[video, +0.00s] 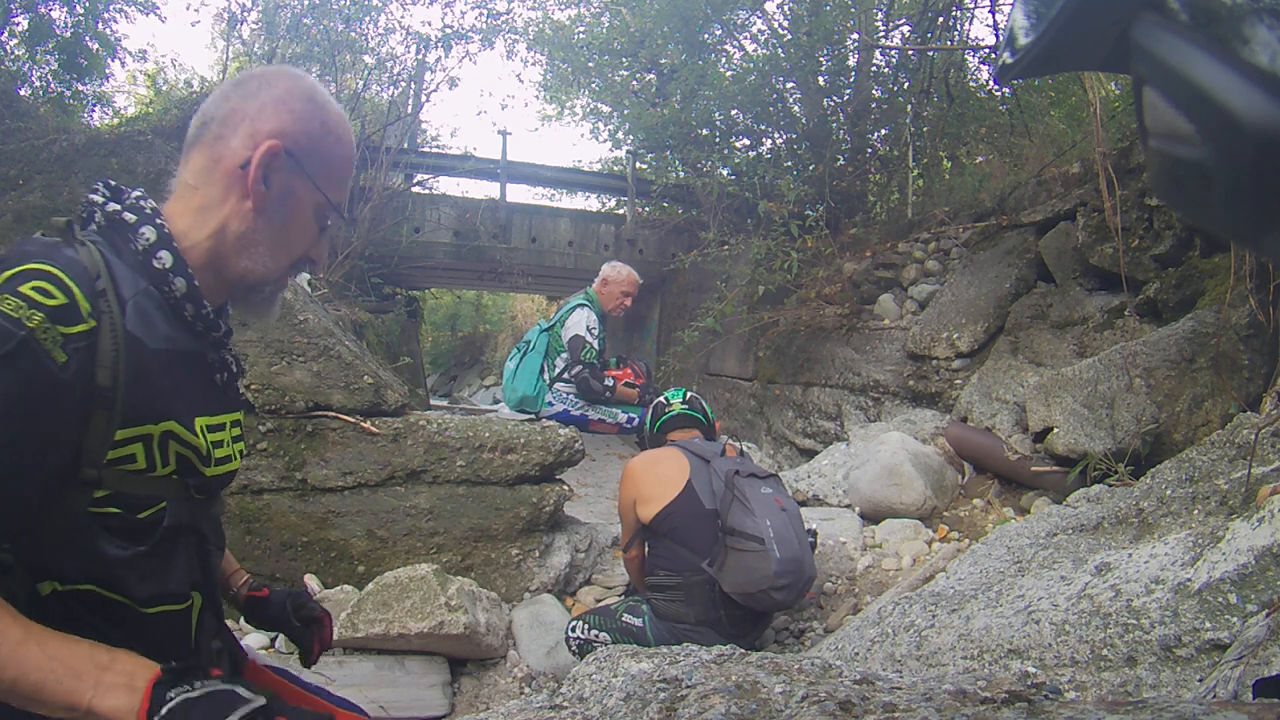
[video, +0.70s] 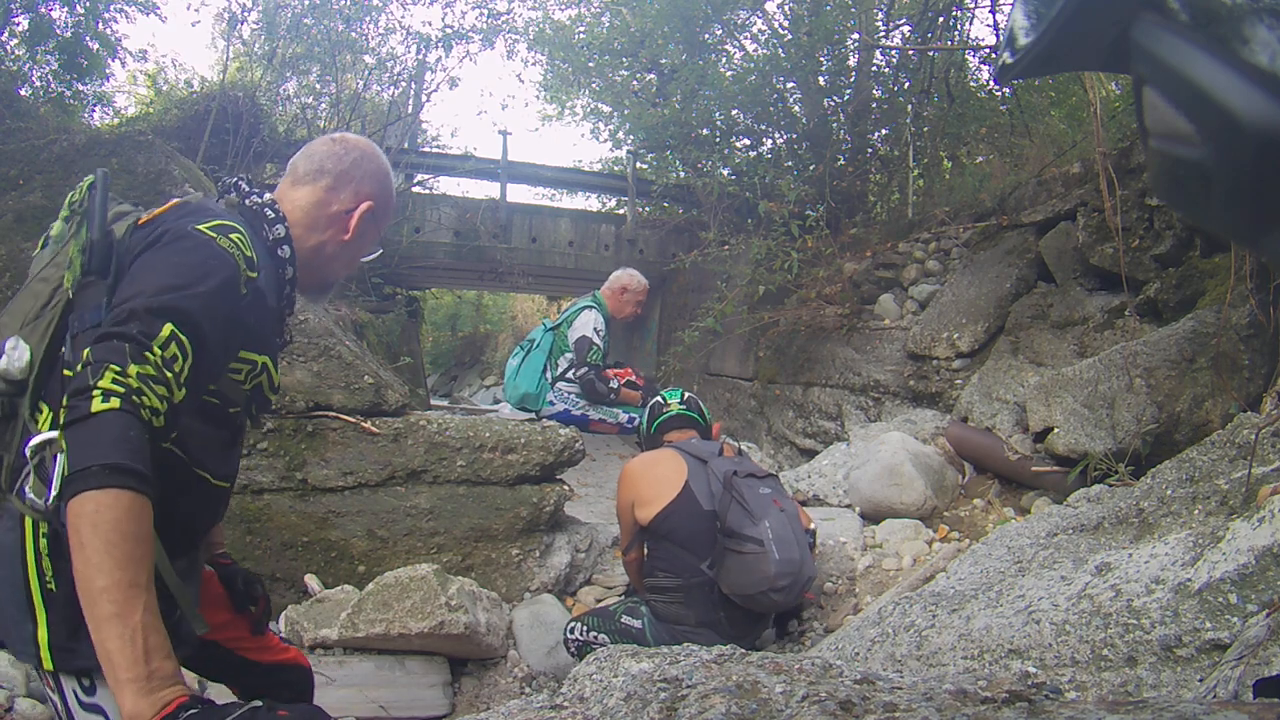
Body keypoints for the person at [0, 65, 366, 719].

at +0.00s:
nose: (320, 256)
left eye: (331, 225)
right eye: (326, 216)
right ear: (262, 173)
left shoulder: (201, 327)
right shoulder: (46, 302)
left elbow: (166, 520)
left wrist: (249, 595)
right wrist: (145, 692)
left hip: (204, 668)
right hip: (60, 700)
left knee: (351, 716)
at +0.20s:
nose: (333, 303)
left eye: (344, 282)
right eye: (341, 275)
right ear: (300, 240)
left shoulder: (216, 336)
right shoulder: (120, 319)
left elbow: (145, 519)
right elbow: (2, 537)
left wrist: (230, 595)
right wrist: (129, 702)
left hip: (194, 658)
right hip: (94, 694)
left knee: (334, 699)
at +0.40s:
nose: (339, 326)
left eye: (352, 308)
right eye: (351, 302)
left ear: (262, 242)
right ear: (323, 276)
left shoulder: (233, 329)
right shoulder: (185, 310)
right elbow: (25, 448)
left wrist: (216, 602)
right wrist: (136, 697)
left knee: (320, 687)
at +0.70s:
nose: (357, 267)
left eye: (371, 254)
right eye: (372, 247)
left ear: (290, 184)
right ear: (355, 220)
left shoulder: (246, 262)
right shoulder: (215, 250)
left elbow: (182, 433)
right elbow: (104, 426)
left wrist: (216, 560)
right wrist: (152, 694)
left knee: (285, 676)